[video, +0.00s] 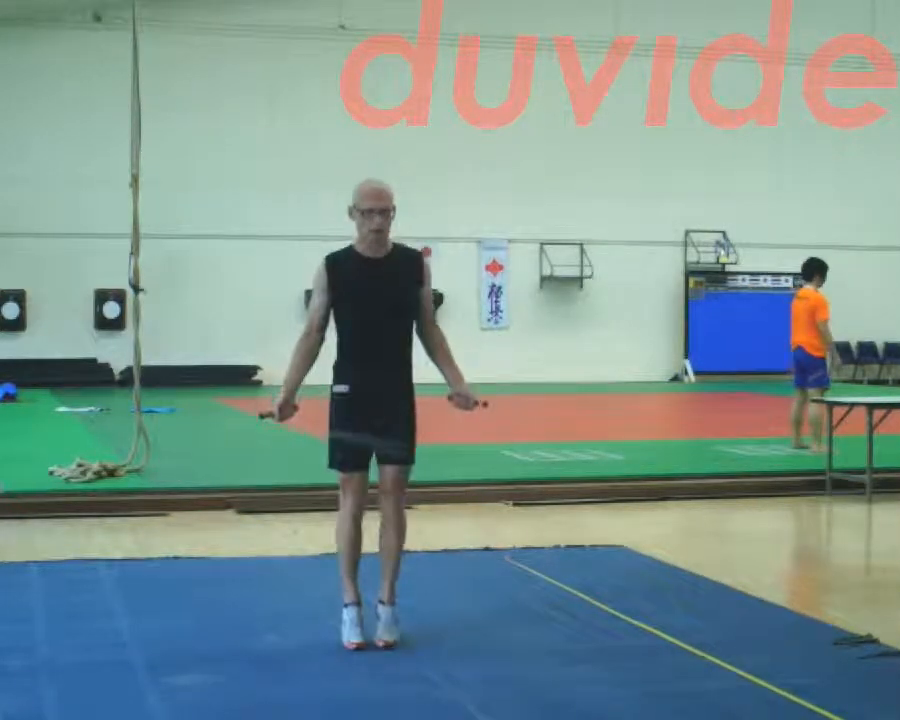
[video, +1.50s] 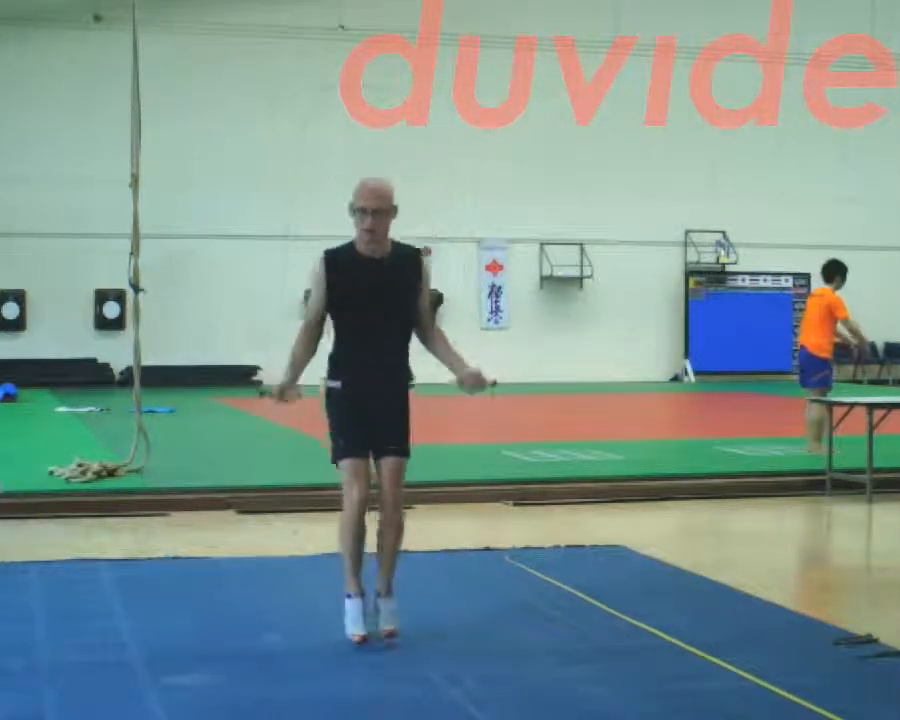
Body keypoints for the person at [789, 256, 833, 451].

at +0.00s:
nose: (824, 280)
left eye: (824, 276)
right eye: (823, 276)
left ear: (804, 275)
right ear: (819, 276)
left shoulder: (798, 296)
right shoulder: (818, 299)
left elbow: (797, 323)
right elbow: (822, 325)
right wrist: (831, 348)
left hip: (798, 348)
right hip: (814, 350)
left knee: (801, 395)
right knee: (816, 397)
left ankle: (796, 438)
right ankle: (817, 442)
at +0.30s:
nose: (824, 279)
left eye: (824, 276)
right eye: (823, 276)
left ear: (805, 275)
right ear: (818, 276)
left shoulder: (798, 295)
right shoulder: (817, 298)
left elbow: (798, 323)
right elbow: (821, 327)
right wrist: (830, 353)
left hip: (798, 348)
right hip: (813, 350)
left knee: (800, 395)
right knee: (816, 397)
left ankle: (796, 439)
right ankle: (817, 442)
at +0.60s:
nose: (830, 279)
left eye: (830, 275)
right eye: (829, 275)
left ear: (811, 274)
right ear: (824, 275)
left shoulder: (804, 295)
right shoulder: (822, 298)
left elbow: (801, 323)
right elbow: (826, 327)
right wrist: (835, 352)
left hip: (802, 348)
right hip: (817, 350)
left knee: (805, 395)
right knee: (817, 397)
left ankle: (798, 438)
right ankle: (817, 441)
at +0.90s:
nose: (839, 278)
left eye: (838, 275)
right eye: (839, 275)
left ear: (819, 275)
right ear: (835, 276)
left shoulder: (811, 296)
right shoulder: (829, 298)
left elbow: (805, 325)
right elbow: (831, 326)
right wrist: (838, 355)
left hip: (806, 349)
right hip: (820, 351)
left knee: (816, 398)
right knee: (818, 399)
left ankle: (811, 441)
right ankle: (812, 443)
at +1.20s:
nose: (840, 279)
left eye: (840, 275)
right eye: (840, 275)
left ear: (821, 275)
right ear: (836, 276)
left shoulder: (812, 297)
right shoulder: (831, 299)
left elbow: (805, 326)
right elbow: (836, 328)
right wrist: (843, 355)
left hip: (806, 349)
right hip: (821, 351)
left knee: (820, 397)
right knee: (817, 398)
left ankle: (817, 442)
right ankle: (813, 444)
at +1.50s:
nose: (843, 282)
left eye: (844, 278)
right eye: (843, 278)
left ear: (825, 276)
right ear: (838, 277)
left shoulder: (815, 296)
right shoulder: (832, 298)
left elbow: (829, 328)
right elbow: (848, 324)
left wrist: (849, 342)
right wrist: (863, 339)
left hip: (807, 348)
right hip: (819, 351)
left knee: (814, 397)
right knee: (819, 398)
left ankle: (813, 443)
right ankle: (815, 444)